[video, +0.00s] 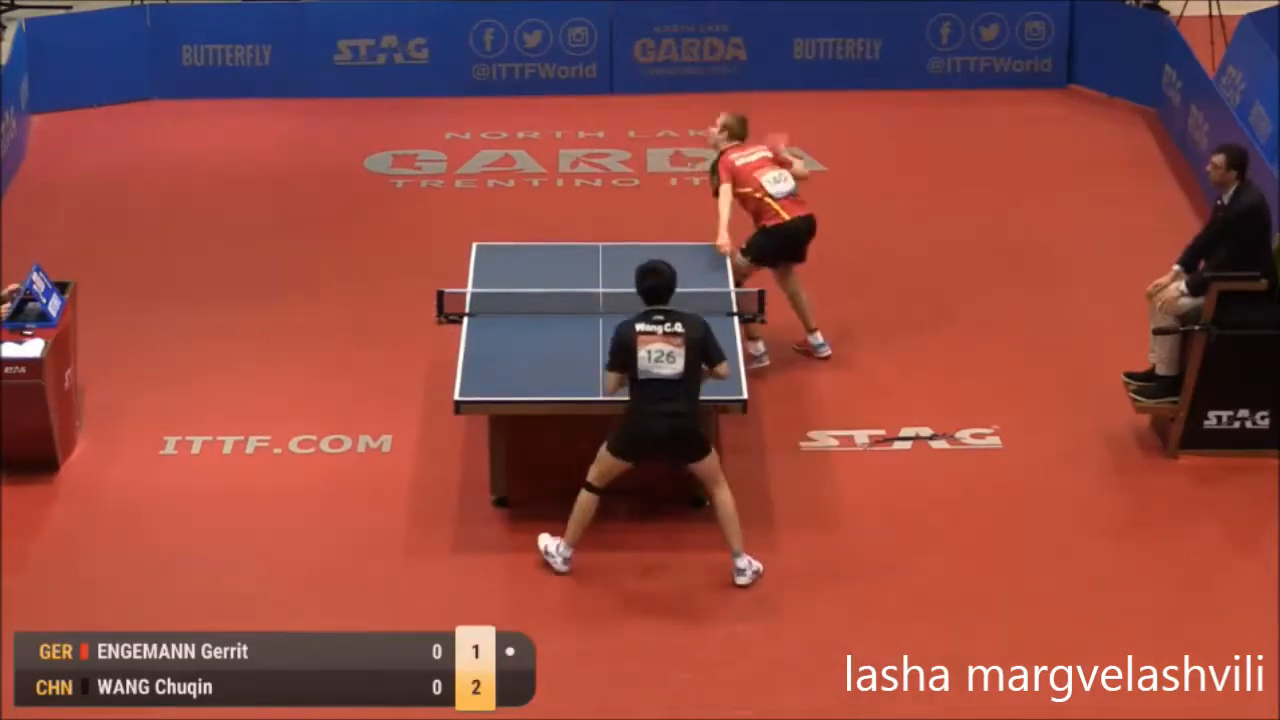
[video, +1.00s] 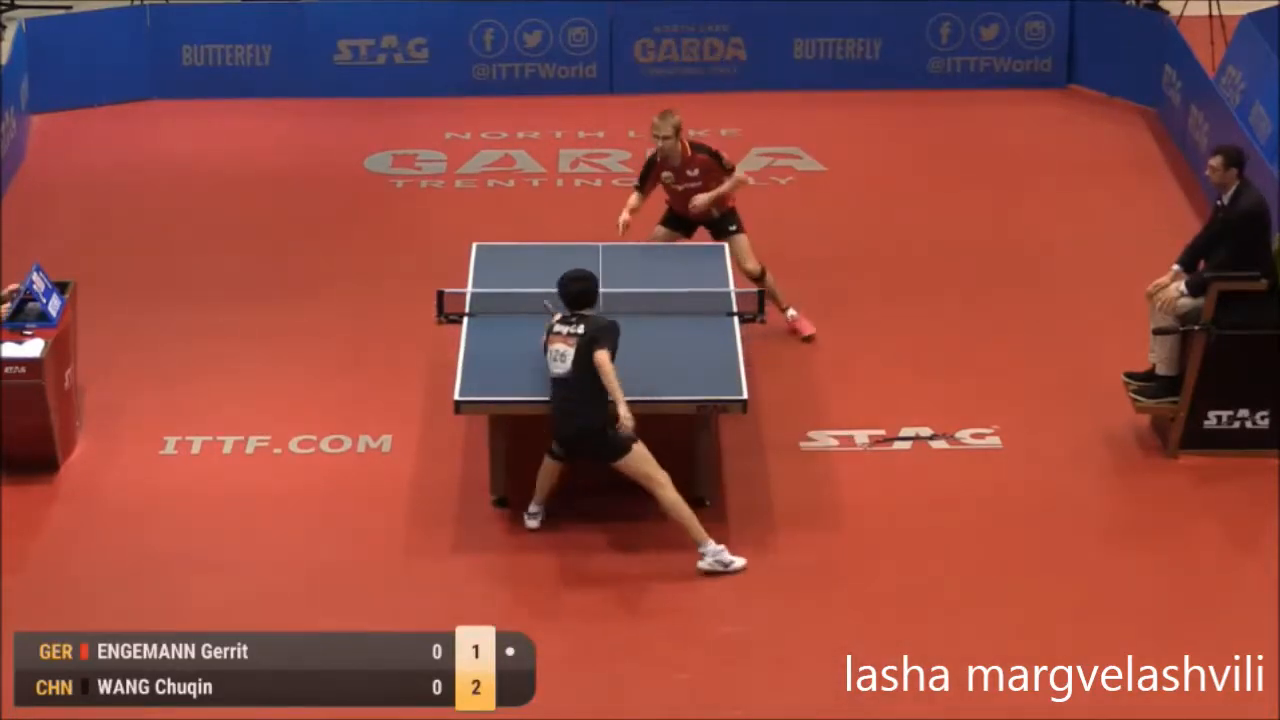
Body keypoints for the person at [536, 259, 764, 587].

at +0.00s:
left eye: (644, 286)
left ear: (639, 291)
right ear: (672, 290)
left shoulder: (627, 329)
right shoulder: (695, 325)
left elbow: (612, 385)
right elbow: (722, 372)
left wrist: (636, 367)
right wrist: (696, 368)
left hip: (639, 427)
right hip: (685, 428)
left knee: (594, 482)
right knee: (717, 486)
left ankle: (563, 551)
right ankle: (741, 561)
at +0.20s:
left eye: (621, 295)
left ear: (617, 301)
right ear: (650, 299)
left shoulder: (605, 340)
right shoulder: (672, 333)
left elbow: (573, 390)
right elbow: (699, 380)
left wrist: (587, 370)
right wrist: (678, 375)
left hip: (622, 433)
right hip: (668, 433)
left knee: (578, 477)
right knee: (718, 472)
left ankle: (557, 551)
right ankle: (740, 550)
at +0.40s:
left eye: (623, 299)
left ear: (621, 308)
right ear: (652, 301)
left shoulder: (617, 346)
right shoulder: (680, 334)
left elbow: (590, 401)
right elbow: (711, 376)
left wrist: (555, 402)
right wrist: (687, 387)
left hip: (634, 437)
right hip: (682, 435)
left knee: (585, 476)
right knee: (731, 484)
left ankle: (559, 551)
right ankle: (766, 556)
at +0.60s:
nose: (610, 313)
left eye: (608, 311)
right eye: (624, 307)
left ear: (608, 317)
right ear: (640, 308)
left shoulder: (610, 355)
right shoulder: (673, 333)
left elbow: (577, 399)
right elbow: (718, 356)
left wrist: (539, 387)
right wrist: (730, 370)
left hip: (637, 436)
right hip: (683, 436)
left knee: (591, 449)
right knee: (735, 482)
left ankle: (557, 521)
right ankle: (767, 556)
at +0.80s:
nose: (571, 317)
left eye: (568, 313)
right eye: (578, 311)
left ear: (567, 319)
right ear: (597, 311)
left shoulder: (566, 347)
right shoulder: (623, 334)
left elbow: (549, 373)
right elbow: (651, 361)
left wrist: (531, 348)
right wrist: (693, 386)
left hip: (589, 434)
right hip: (632, 433)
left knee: (563, 451)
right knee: (690, 492)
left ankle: (537, 512)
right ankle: (750, 548)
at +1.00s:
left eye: (568, 296)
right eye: (593, 292)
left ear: (563, 300)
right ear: (596, 296)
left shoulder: (555, 326)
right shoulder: (603, 326)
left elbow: (548, 347)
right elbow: (601, 359)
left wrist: (557, 324)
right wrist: (621, 404)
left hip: (565, 424)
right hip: (600, 424)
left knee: (555, 454)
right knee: (659, 482)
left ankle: (534, 510)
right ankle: (708, 548)